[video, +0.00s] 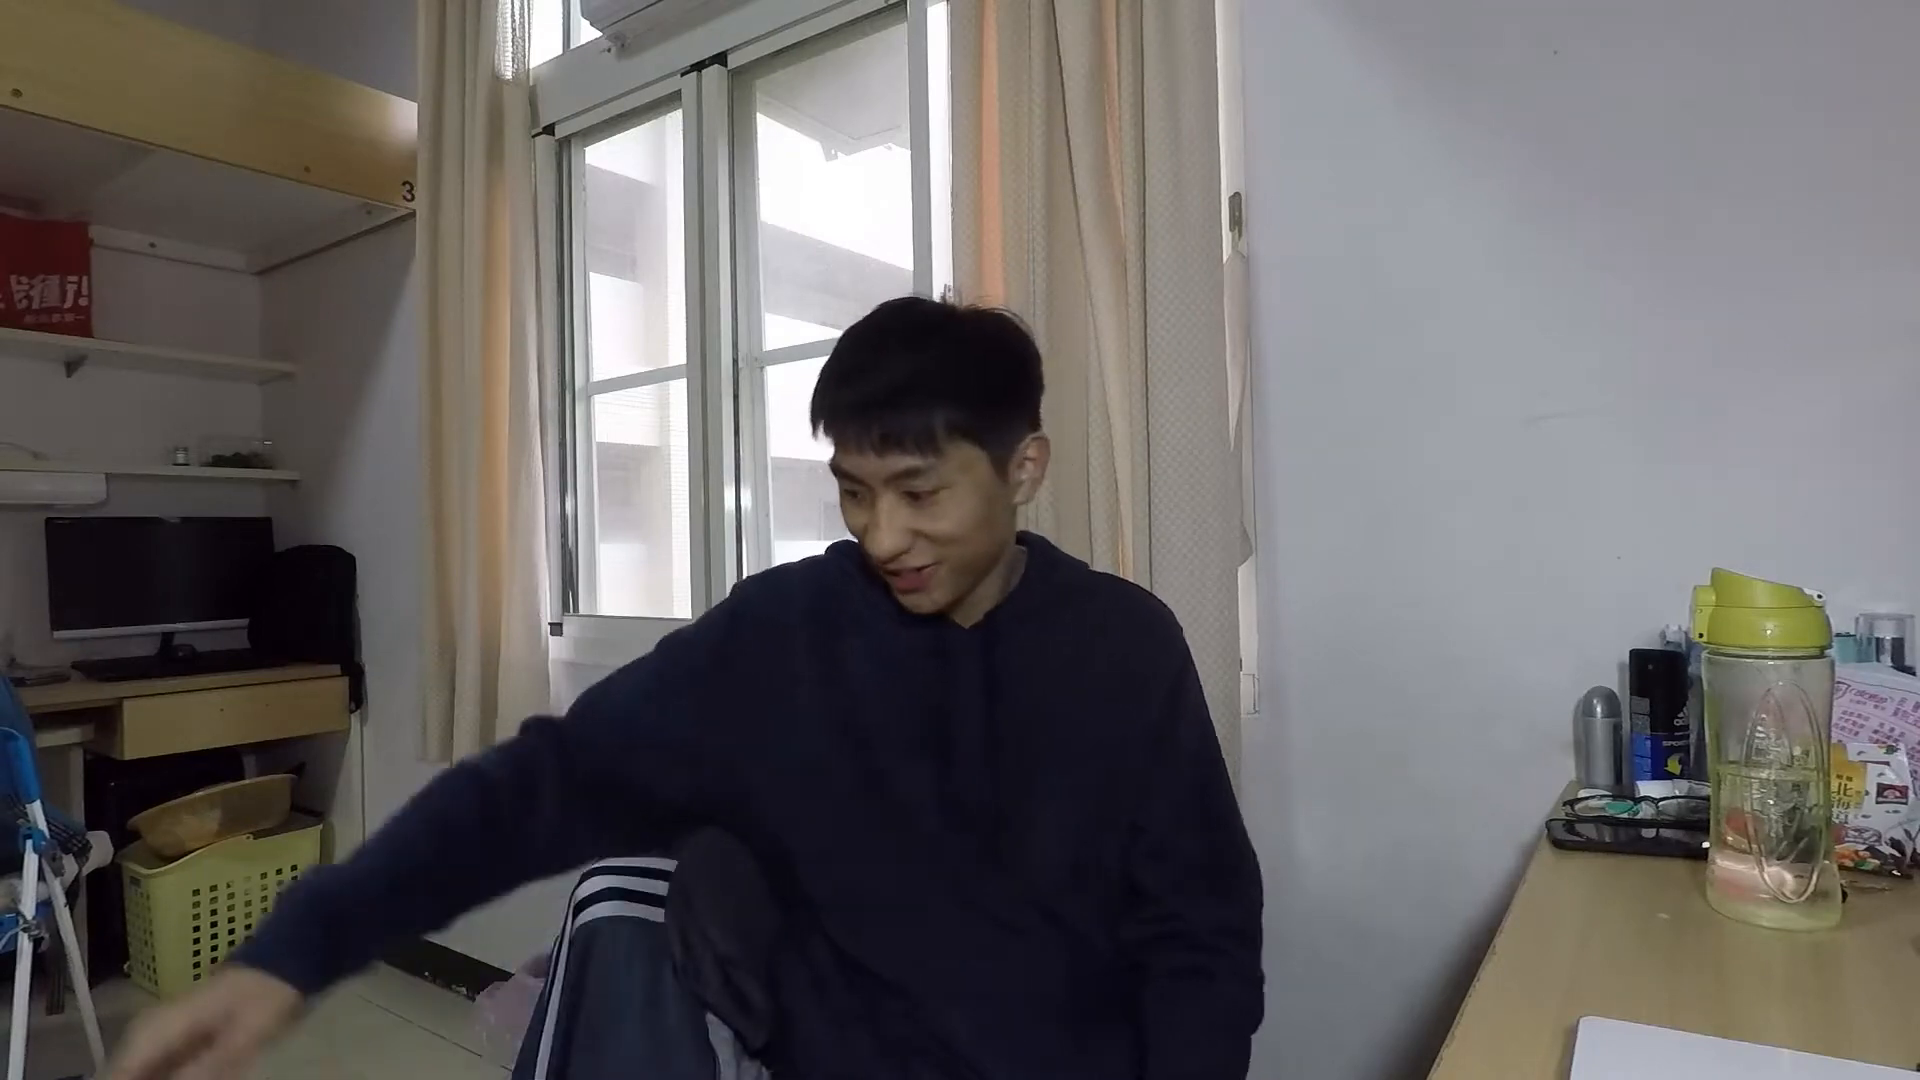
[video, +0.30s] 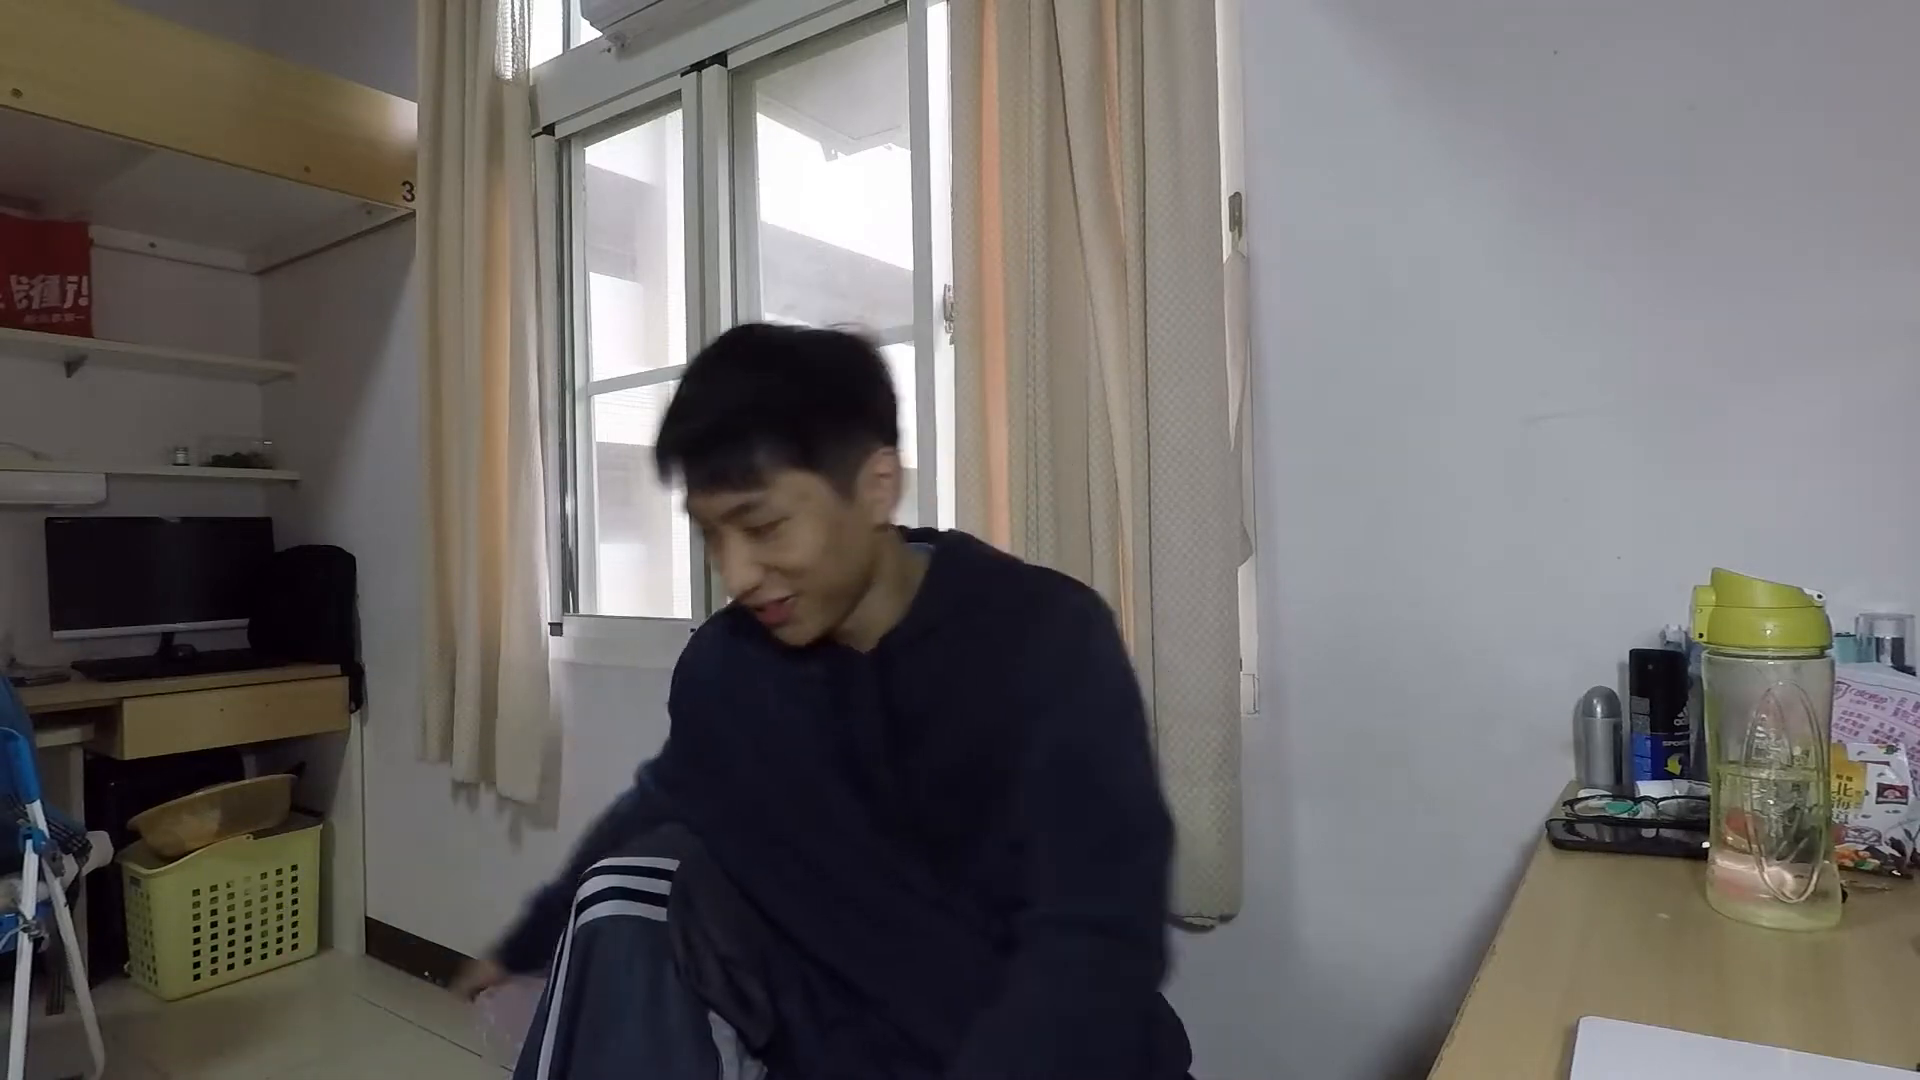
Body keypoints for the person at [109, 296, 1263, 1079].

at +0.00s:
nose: (890, 533)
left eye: (924, 488)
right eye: (859, 495)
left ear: (1022, 463)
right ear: (835, 480)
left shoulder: (1129, 647)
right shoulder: (783, 631)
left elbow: (1209, 936)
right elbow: (544, 784)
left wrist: (1187, 1072)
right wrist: (285, 960)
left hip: (1063, 1052)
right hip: (833, 1037)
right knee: (637, 892)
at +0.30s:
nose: (738, 577)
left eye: (764, 527)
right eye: (714, 537)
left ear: (879, 485)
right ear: (693, 525)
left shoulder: (1051, 633)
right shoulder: (731, 661)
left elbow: (1108, 935)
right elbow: (672, 805)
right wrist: (530, 948)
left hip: (1034, 1021)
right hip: (829, 1021)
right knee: (633, 882)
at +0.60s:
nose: (485, 668)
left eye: (501, 612)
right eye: (462, 633)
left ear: (629, 563)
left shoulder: (795, 683)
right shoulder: (675, 729)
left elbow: (668, 1026)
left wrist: (575, 989)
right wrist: (570, 981)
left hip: (1061, 1050)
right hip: (931, 1045)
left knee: (620, 898)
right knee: (623, 886)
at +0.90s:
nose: (389, 774)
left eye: (412, 699)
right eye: (344, 740)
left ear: (541, 639)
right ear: (327, 753)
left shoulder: (681, 801)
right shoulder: (669, 704)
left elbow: (565, 1064)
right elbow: (594, 925)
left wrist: (536, 1012)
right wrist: (556, 991)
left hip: (1048, 1053)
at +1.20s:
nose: (521, 681)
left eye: (564, 608)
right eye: (468, 631)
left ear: (663, 590)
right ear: (437, 648)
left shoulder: (801, 735)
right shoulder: (639, 714)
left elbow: (729, 1050)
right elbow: (680, 883)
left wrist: (540, 1052)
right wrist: (539, 996)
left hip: (1059, 1051)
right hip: (899, 1035)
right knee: (616, 885)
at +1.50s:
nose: (687, 523)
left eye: (739, 474)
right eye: (644, 473)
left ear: (809, 497)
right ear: (599, 501)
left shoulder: (907, 640)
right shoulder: (639, 684)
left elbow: (866, 970)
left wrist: (471, 835)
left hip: (1032, 1040)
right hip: (801, 1045)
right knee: (593, 1030)